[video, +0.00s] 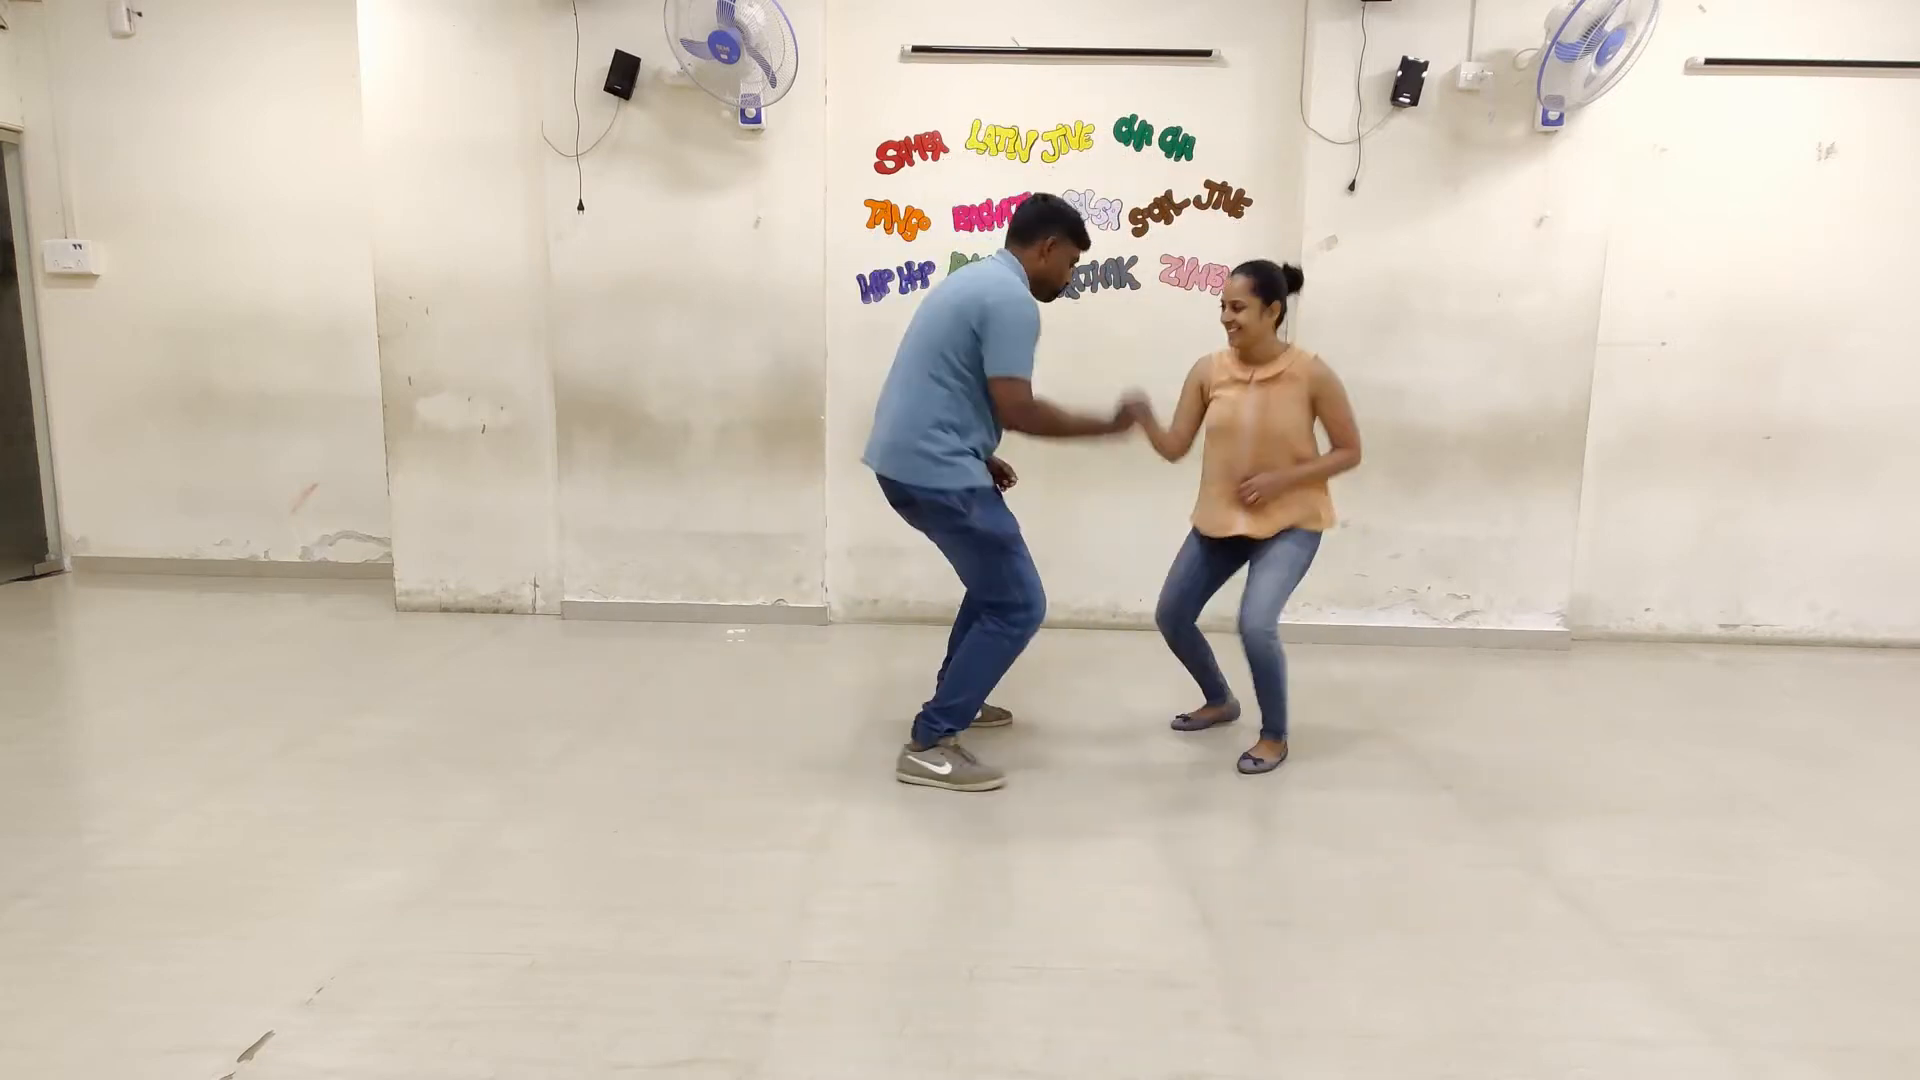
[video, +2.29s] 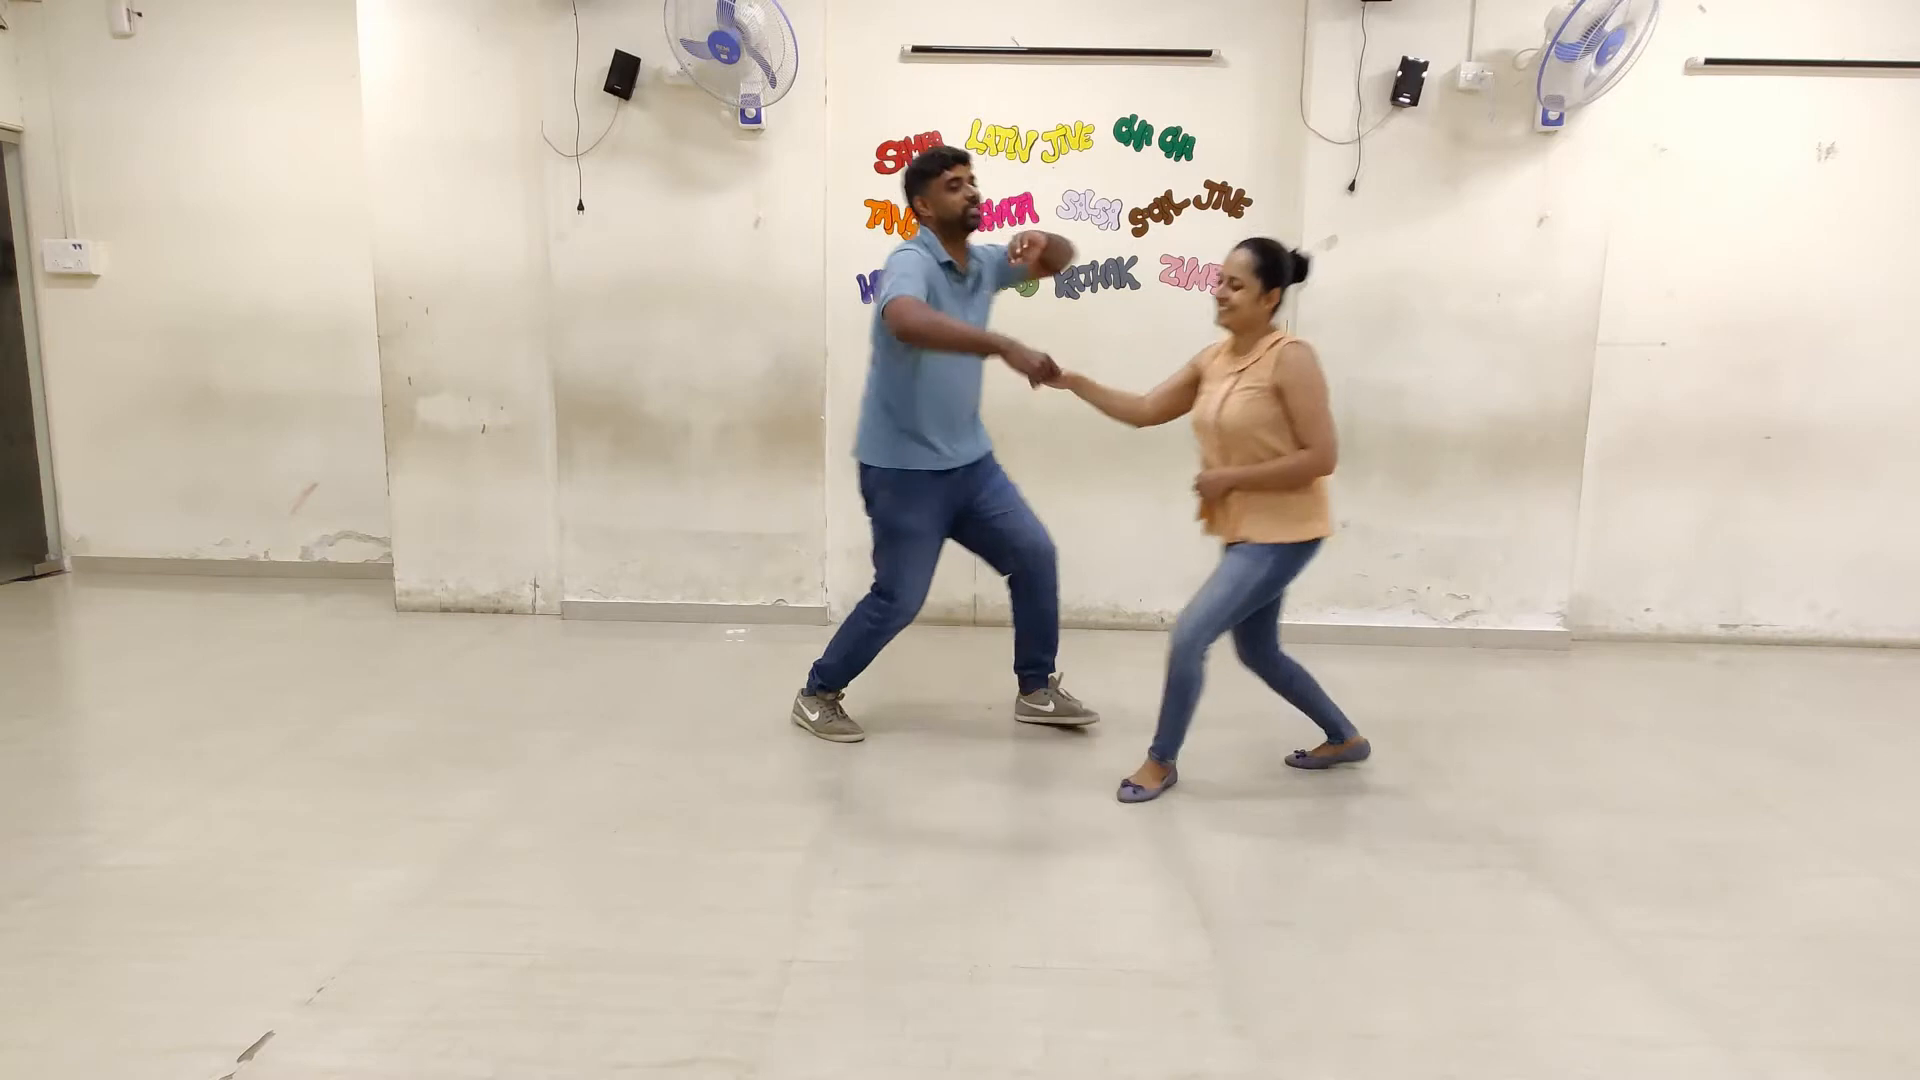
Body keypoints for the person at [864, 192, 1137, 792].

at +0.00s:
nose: (1071, 278)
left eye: (1075, 265)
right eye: (1071, 263)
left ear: (1027, 244)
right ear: (1045, 246)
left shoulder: (972, 280)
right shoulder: (1009, 297)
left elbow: (934, 383)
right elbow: (1014, 411)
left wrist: (979, 453)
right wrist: (1107, 424)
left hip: (908, 459)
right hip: (939, 467)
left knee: (992, 586)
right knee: (1019, 606)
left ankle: (954, 700)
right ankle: (933, 741)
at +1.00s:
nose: (1059, 184)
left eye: (1055, 172)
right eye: (1046, 173)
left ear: (1006, 184)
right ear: (1008, 183)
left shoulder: (982, 235)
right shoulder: (999, 237)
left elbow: (976, 343)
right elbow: (991, 338)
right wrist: (1071, 415)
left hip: (953, 430)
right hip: (966, 433)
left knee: (1013, 571)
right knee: (1036, 573)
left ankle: (975, 707)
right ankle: (990, 740)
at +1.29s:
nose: (1038, 169)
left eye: (1035, 160)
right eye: (1025, 161)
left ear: (1003, 176)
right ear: (986, 174)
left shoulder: (995, 244)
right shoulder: (966, 244)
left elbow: (985, 340)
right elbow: (994, 347)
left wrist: (1025, 372)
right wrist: (1088, 385)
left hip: (977, 431)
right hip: (942, 430)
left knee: (1023, 564)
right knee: (1000, 565)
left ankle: (974, 705)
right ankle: (984, 724)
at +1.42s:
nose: (1003, 172)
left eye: (1000, 162)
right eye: (987, 165)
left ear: (967, 183)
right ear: (952, 184)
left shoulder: (968, 248)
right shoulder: (945, 251)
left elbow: (974, 335)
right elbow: (1013, 340)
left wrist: (1011, 357)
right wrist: (1107, 372)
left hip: (971, 441)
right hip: (926, 442)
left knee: (1017, 566)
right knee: (967, 575)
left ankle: (974, 703)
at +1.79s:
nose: (941, 173)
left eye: (937, 163)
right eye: (928, 165)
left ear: (901, 181)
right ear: (894, 179)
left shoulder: (896, 233)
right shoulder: (889, 244)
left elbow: (932, 264)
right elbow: (970, 327)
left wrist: (964, 273)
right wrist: (1070, 350)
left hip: (890, 438)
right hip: (851, 442)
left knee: (938, 560)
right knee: (871, 578)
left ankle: (995, 691)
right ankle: (822, 692)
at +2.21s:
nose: (955, 184)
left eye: (954, 173)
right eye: (940, 177)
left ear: (956, 184)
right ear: (903, 195)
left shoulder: (960, 253)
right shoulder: (892, 258)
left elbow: (1017, 243)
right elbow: (913, 342)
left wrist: (1021, 243)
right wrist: (1011, 354)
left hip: (946, 450)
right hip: (880, 458)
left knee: (1015, 551)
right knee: (888, 593)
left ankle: (1023, 685)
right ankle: (817, 693)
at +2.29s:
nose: (971, 192)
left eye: (972, 183)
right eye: (955, 185)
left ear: (976, 193)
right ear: (921, 203)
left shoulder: (984, 262)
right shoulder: (910, 259)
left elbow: (1061, 256)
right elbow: (906, 320)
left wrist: (1043, 246)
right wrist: (1003, 346)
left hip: (967, 457)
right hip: (901, 463)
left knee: (1035, 556)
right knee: (899, 597)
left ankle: (1037, 689)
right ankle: (819, 693)